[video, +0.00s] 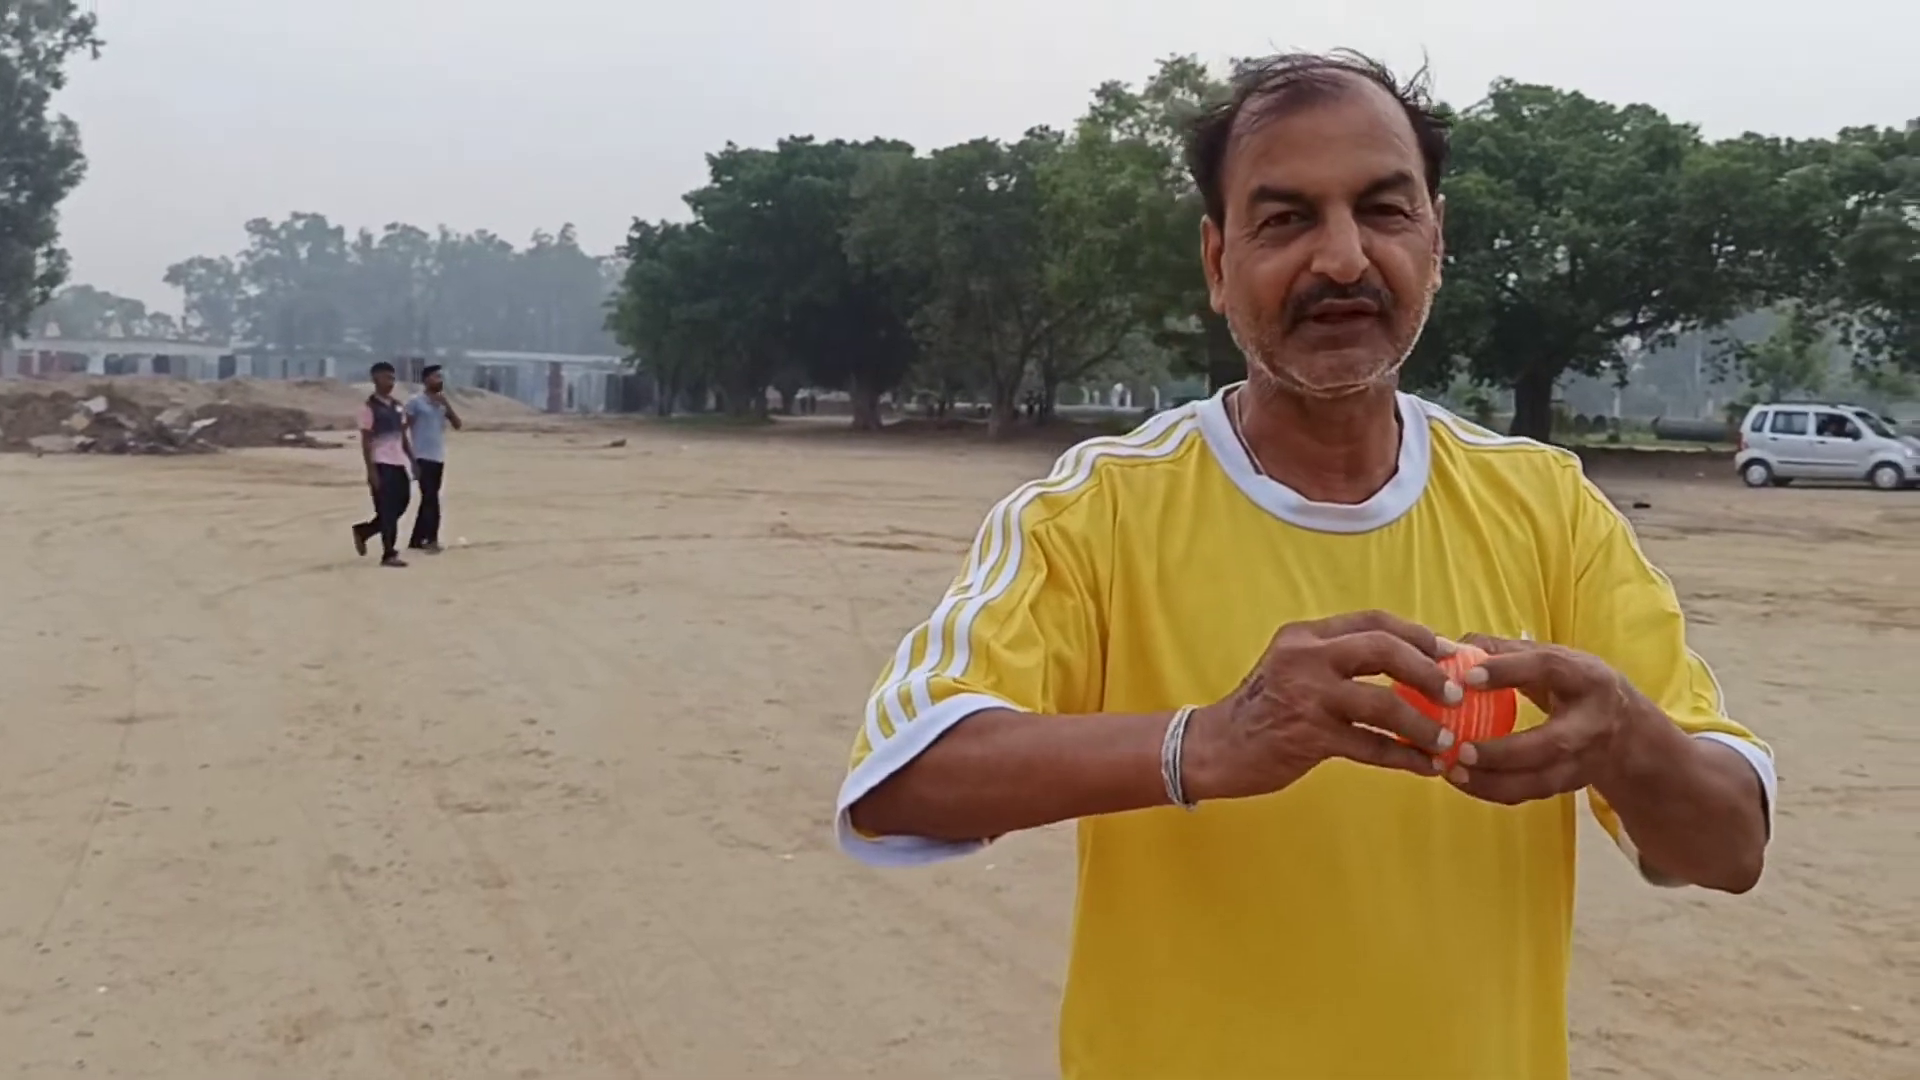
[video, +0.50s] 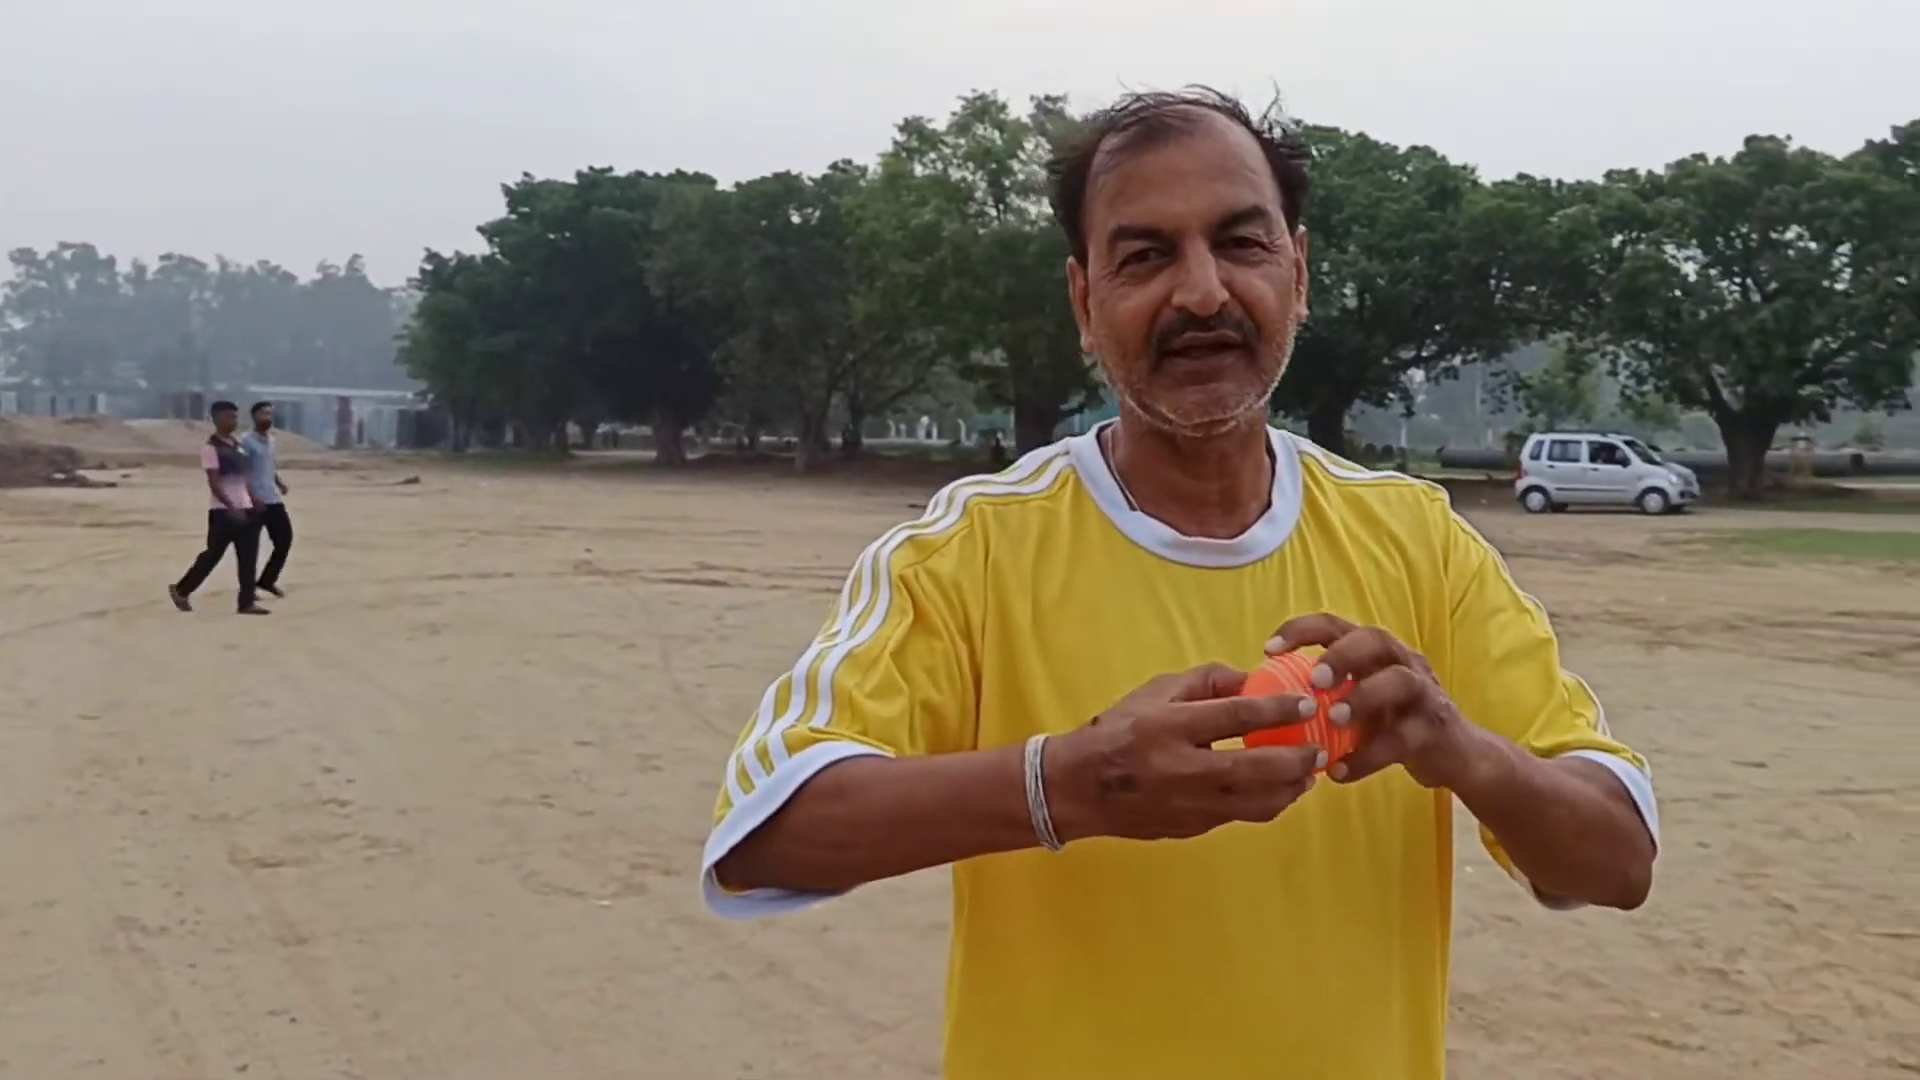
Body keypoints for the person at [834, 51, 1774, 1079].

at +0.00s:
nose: (1344, 256)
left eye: (1382, 208)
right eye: (1285, 219)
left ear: (1435, 239)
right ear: (1216, 265)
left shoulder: (1550, 510)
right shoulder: (1096, 511)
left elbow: (1732, 854)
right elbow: (897, 778)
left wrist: (1637, 753)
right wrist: (1199, 747)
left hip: (1486, 1057)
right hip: (1164, 1057)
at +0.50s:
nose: (1201, 291)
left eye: (1240, 242)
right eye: (1144, 255)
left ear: (1299, 276)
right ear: (1085, 304)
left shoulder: (1417, 543)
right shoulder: (970, 554)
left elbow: (1620, 865)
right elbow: (764, 829)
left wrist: (1461, 755)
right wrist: (1062, 788)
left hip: (1364, 1052)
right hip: (1054, 1052)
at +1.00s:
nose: (1170, 303)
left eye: (1204, 252)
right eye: (1112, 264)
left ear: (1256, 272)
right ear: (1047, 303)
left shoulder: (1365, 534)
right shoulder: (935, 541)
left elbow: (1569, 830)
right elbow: (745, 812)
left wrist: (1463, 764)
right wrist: (1056, 768)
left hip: (1319, 1058)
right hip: (1013, 1058)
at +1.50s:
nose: (1033, 289)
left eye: (1067, 243)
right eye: (980, 254)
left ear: (1118, 273)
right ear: (919, 300)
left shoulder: (1227, 525)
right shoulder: (815, 534)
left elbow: (1388, 826)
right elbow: (640, 796)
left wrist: (1323, 734)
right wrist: (947, 718)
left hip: (1183, 1052)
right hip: (900, 1052)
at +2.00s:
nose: (970, 328)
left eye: (1006, 278)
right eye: (920, 286)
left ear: (1051, 287)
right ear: (853, 304)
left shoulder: (1149, 530)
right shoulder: (747, 537)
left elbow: (1310, 818)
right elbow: (553, 786)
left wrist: (1241, 757)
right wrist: (865, 720)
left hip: (1108, 1054)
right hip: (828, 1053)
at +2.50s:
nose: (890, 320)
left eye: (926, 274)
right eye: (840, 280)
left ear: (969, 290)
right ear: (773, 301)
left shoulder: (1066, 531)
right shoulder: (658, 539)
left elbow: (1222, 820)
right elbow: (457, 785)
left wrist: (1153, 758)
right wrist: (762, 740)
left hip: (1027, 1056)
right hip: (742, 1056)